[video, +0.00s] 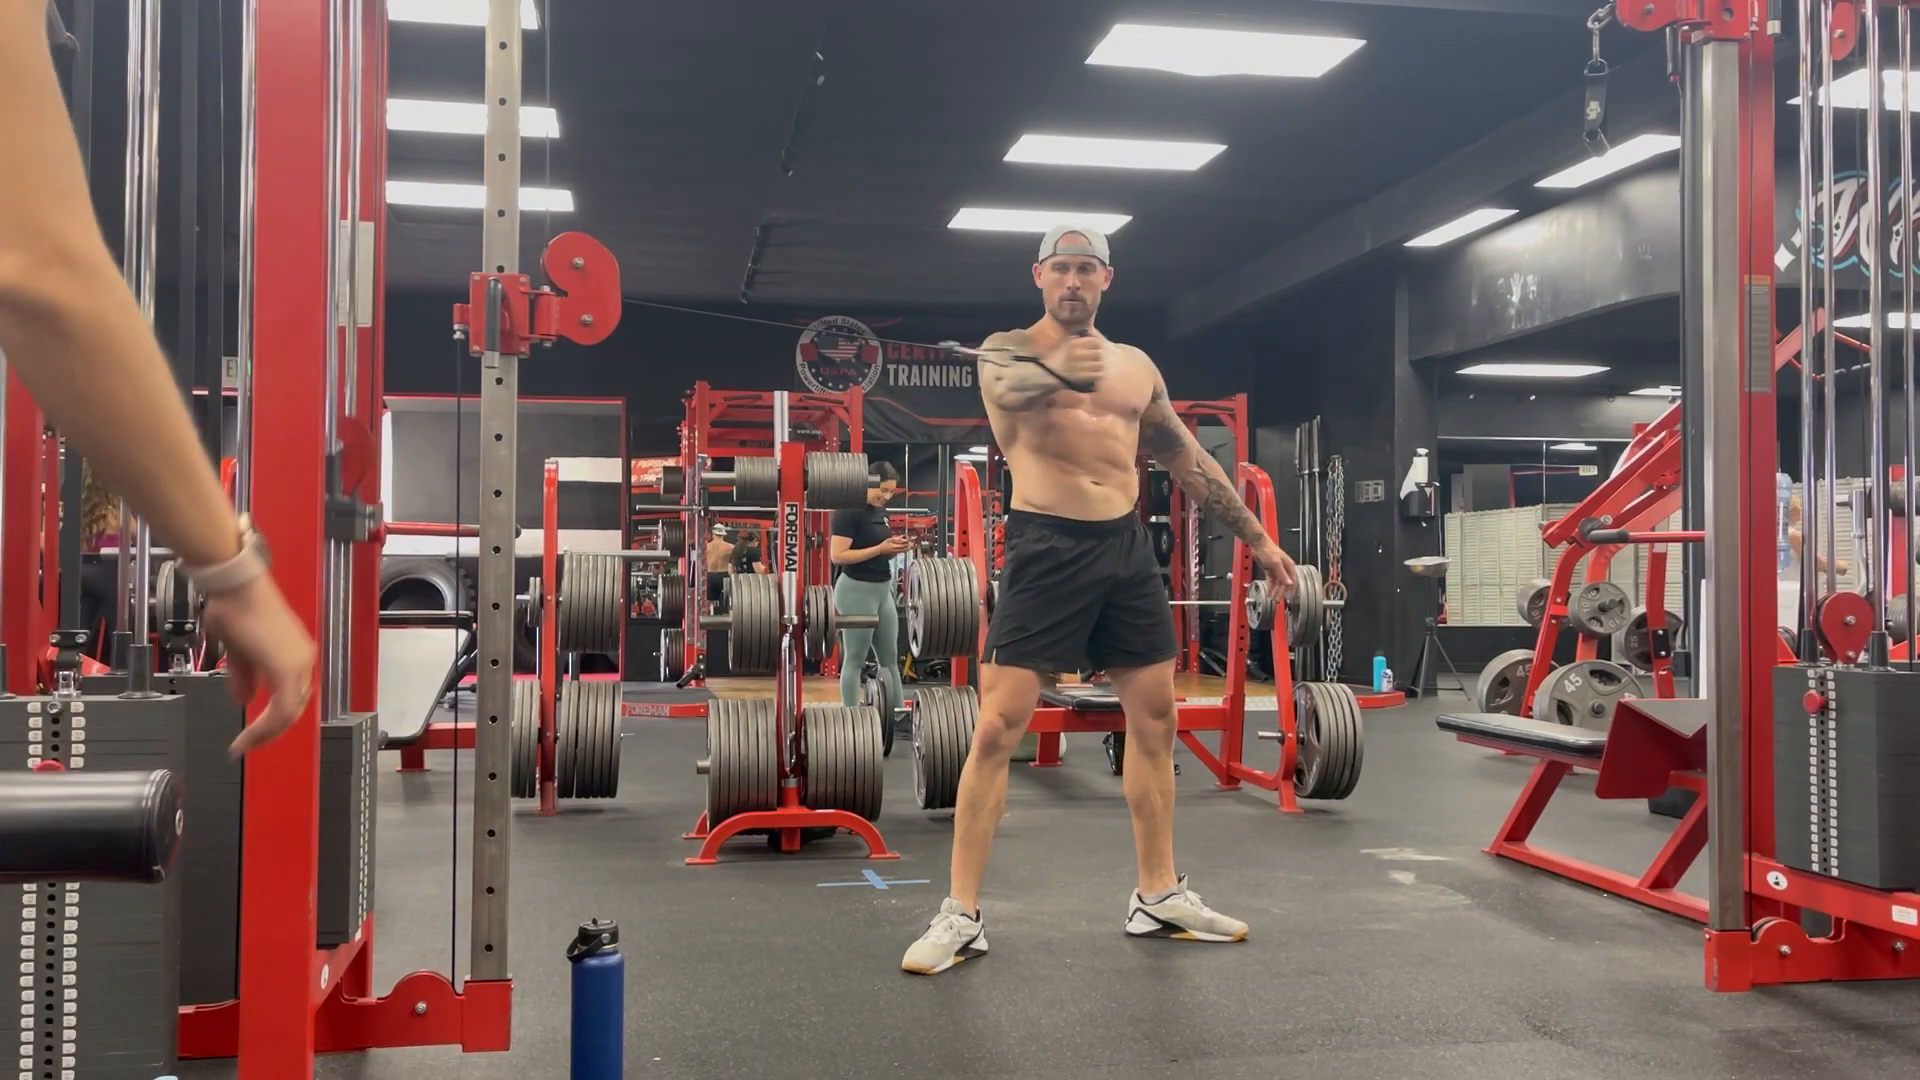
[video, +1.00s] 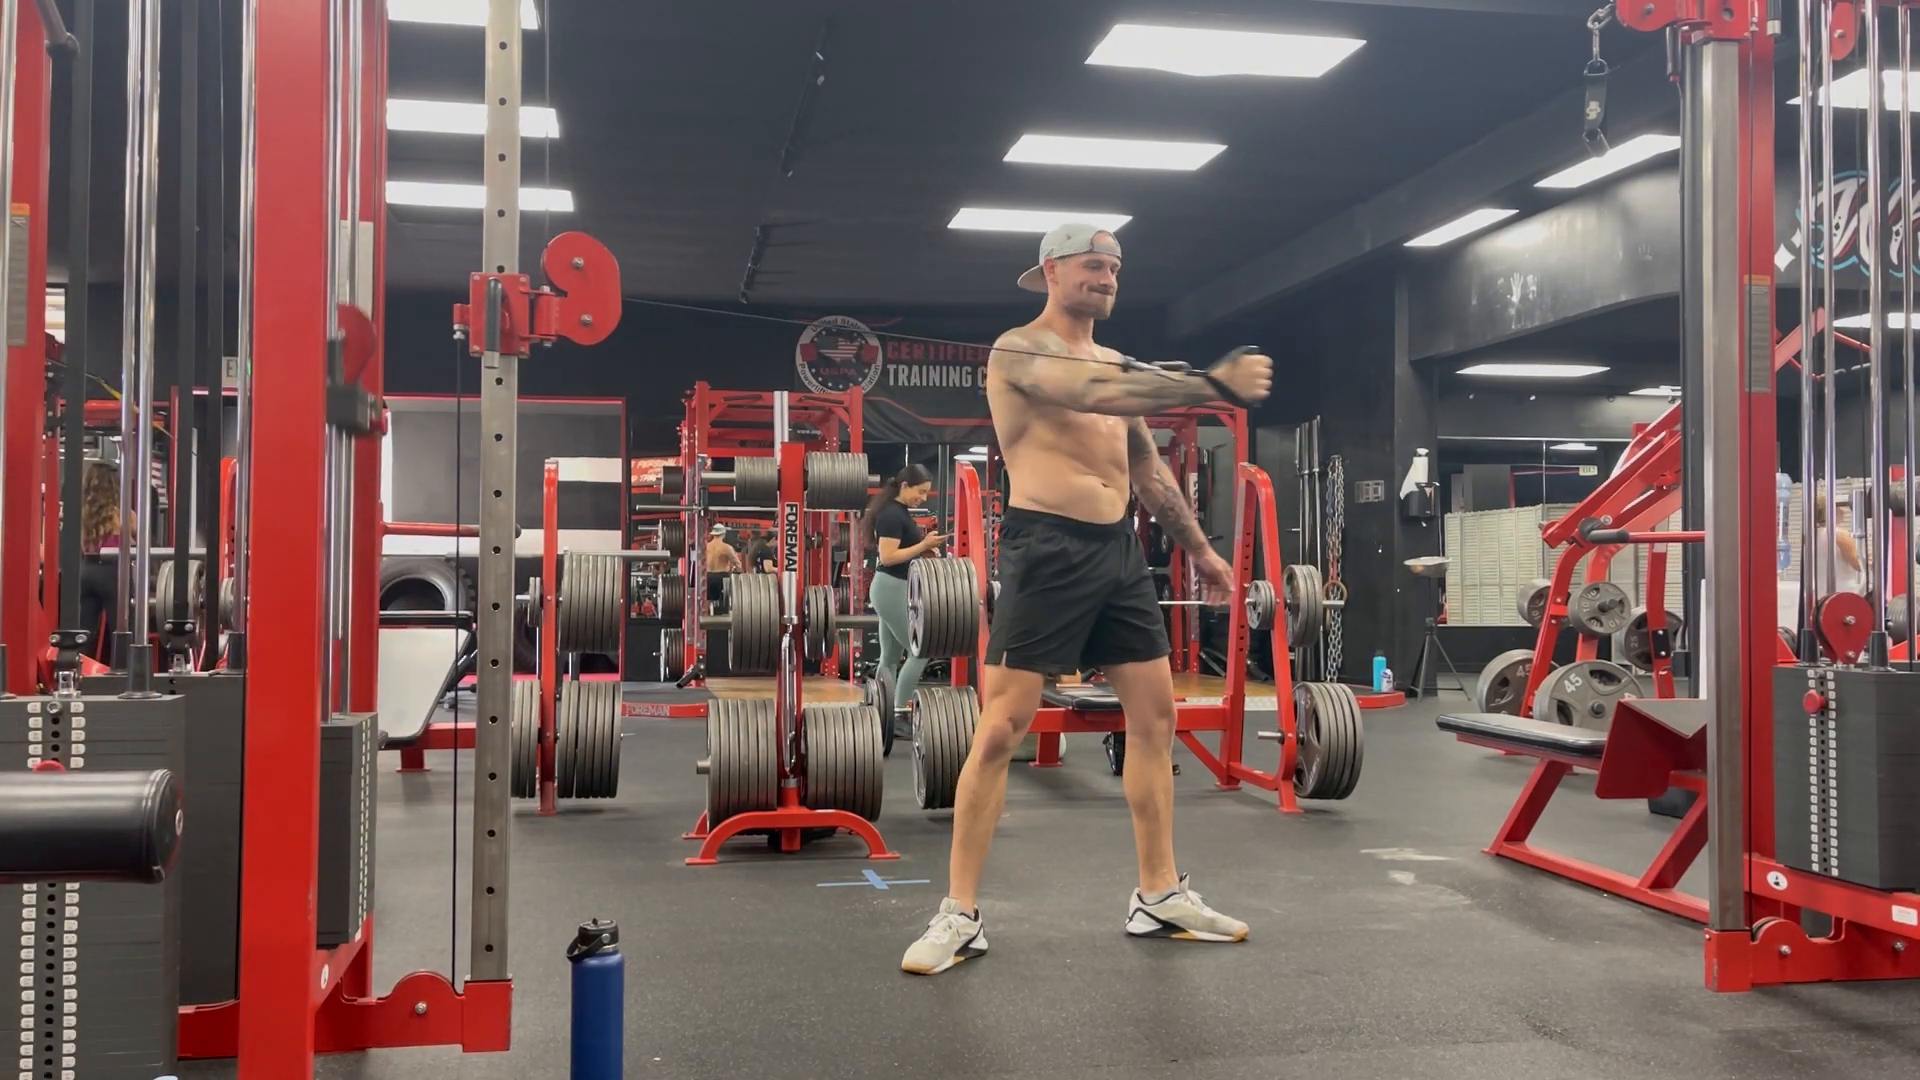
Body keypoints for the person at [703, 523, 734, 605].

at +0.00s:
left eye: (714, 533)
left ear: (713, 534)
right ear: (723, 534)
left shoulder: (707, 546)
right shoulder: (730, 547)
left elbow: (704, 561)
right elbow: (732, 562)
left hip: (710, 573)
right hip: (724, 573)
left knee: (709, 601)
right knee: (724, 602)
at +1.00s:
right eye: (724, 534)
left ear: (713, 534)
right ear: (723, 535)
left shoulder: (707, 546)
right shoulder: (726, 547)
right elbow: (737, 563)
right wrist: (738, 572)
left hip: (709, 573)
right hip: (723, 573)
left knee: (708, 601)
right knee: (722, 602)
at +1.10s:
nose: (725, 535)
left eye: (725, 533)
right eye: (725, 533)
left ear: (713, 534)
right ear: (722, 534)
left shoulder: (708, 546)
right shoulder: (725, 547)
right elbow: (733, 561)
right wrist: (739, 568)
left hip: (709, 573)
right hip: (721, 573)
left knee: (709, 601)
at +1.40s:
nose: (727, 536)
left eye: (727, 534)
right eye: (725, 534)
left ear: (717, 534)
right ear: (720, 533)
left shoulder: (710, 545)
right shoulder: (719, 546)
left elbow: (730, 553)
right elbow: (726, 565)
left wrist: (748, 555)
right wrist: (733, 573)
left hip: (711, 573)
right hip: (720, 574)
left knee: (710, 600)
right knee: (721, 603)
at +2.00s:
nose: (724, 536)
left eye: (724, 534)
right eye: (724, 534)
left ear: (713, 534)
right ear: (722, 534)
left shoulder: (707, 546)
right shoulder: (724, 547)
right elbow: (735, 565)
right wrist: (739, 570)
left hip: (709, 573)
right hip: (722, 573)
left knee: (709, 600)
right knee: (722, 602)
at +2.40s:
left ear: (713, 534)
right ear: (723, 534)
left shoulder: (707, 546)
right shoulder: (729, 547)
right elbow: (739, 561)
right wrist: (738, 570)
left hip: (710, 573)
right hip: (724, 573)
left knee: (708, 600)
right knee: (724, 603)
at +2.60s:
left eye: (712, 534)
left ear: (712, 534)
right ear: (722, 535)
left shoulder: (707, 546)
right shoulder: (730, 548)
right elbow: (742, 563)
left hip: (710, 573)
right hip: (726, 574)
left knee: (708, 601)